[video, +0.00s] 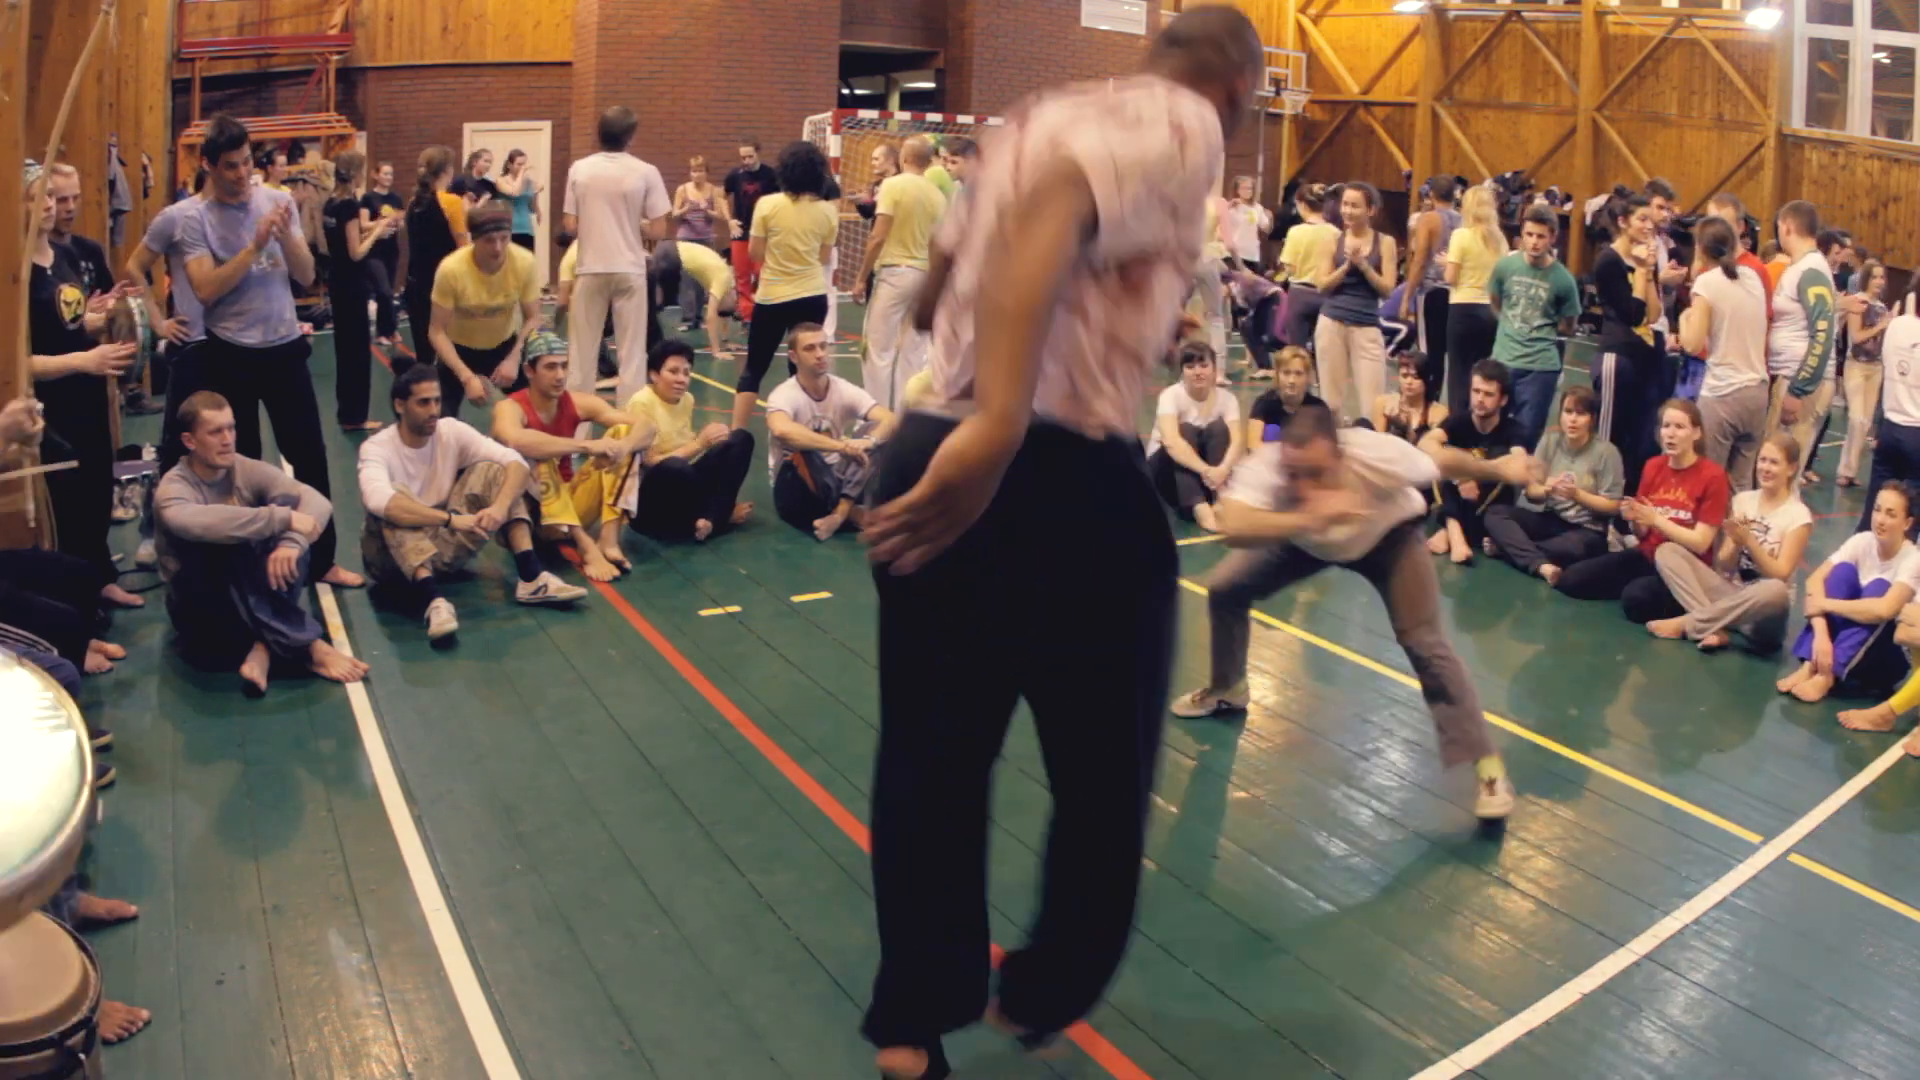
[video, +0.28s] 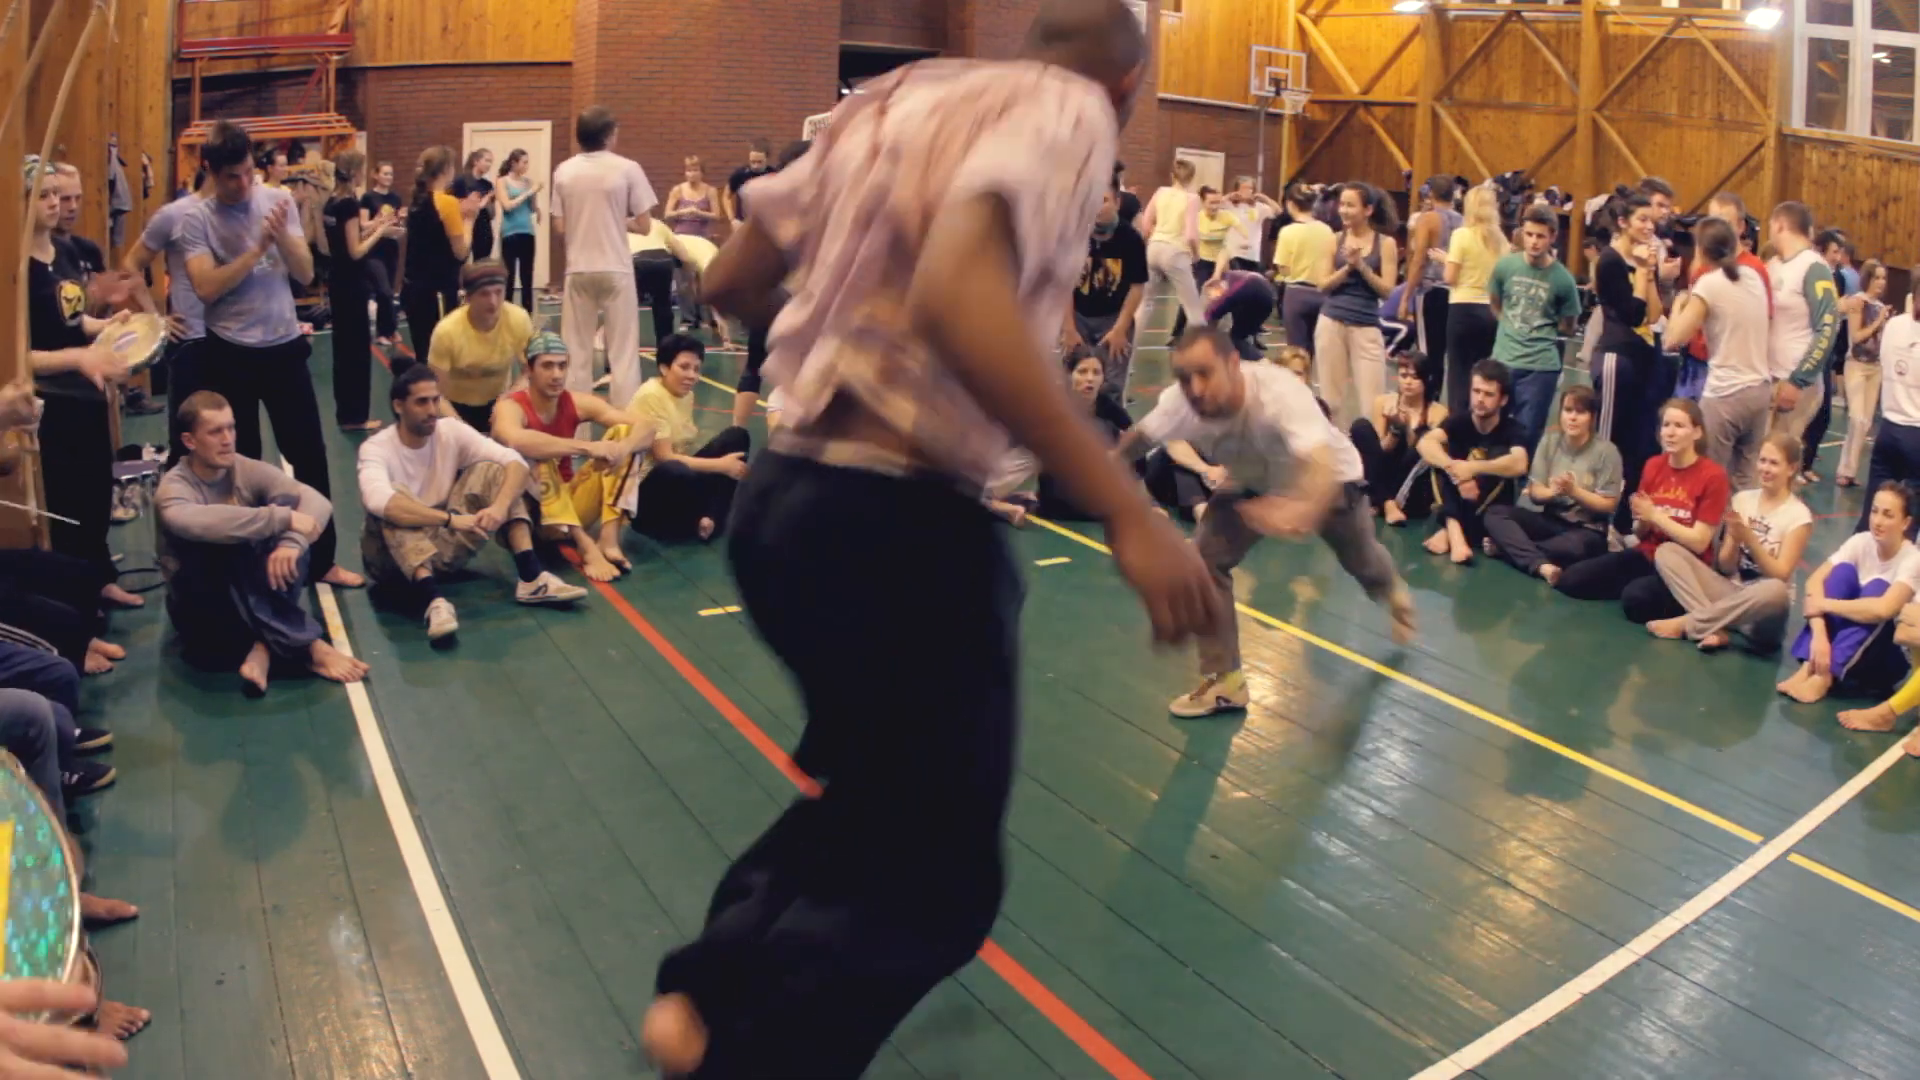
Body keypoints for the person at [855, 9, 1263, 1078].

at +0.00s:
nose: (1246, 125)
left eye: (1249, 108)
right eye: (1250, 104)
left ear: (1157, 51)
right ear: (1231, 81)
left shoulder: (1025, 126)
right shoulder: (1183, 121)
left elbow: (936, 290)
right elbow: (1050, 197)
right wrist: (998, 420)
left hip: (942, 452)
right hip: (1077, 485)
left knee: (933, 759)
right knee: (1105, 769)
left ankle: (904, 1033)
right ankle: (1043, 1000)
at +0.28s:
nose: (1135, 117)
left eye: (1138, 101)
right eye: (1141, 97)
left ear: (1024, 33)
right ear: (1124, 78)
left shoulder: (891, 94)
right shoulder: (1062, 106)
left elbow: (731, 279)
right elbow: (961, 289)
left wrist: (855, 337)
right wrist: (1131, 518)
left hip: (787, 500)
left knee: (858, 787)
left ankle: (710, 991)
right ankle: (746, 1048)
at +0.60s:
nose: (1031, 329)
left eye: (1034, 314)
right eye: (1033, 312)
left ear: (934, 278)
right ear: (1018, 307)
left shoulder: (783, 343)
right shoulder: (952, 449)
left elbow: (629, 465)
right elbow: (963, 658)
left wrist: (696, 591)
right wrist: (1136, 618)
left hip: (659, 704)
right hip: (783, 744)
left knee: (866, 760)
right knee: (833, 1022)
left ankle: (813, 1013)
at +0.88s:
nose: (864, 254)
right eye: (860, 249)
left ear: (780, 287)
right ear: (865, 264)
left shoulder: (740, 353)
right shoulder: (938, 308)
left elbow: (604, 458)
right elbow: (1076, 382)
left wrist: (705, 518)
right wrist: (1031, 354)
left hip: (804, 602)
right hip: (935, 597)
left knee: (793, 717)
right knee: (954, 831)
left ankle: (820, 810)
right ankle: (765, 982)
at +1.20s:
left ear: (855, 405)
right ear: (929, 381)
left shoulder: (829, 451)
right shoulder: (987, 396)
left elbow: (827, 579)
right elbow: (1128, 418)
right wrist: (1044, 440)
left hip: (898, 570)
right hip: (1026, 555)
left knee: (845, 680)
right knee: (1151, 737)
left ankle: (818, 802)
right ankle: (1294, 923)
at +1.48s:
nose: (1292, 329)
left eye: (1289, 316)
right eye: (1288, 317)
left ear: (1214, 303)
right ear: (1263, 311)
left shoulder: (1132, 353)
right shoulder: (1244, 363)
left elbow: (1098, 436)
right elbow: (1285, 431)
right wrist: (1429, 462)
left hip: (1045, 589)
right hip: (1148, 605)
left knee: (967, 682)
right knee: (1308, 663)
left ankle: (875, 805)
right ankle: (1302, 841)